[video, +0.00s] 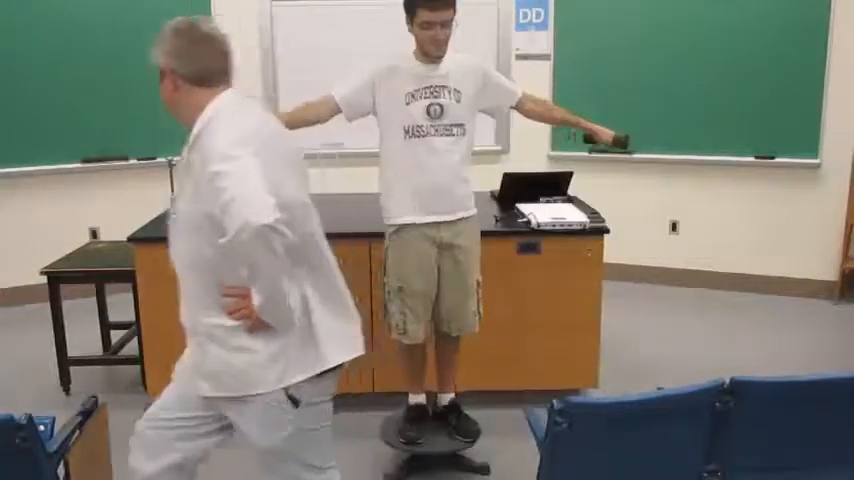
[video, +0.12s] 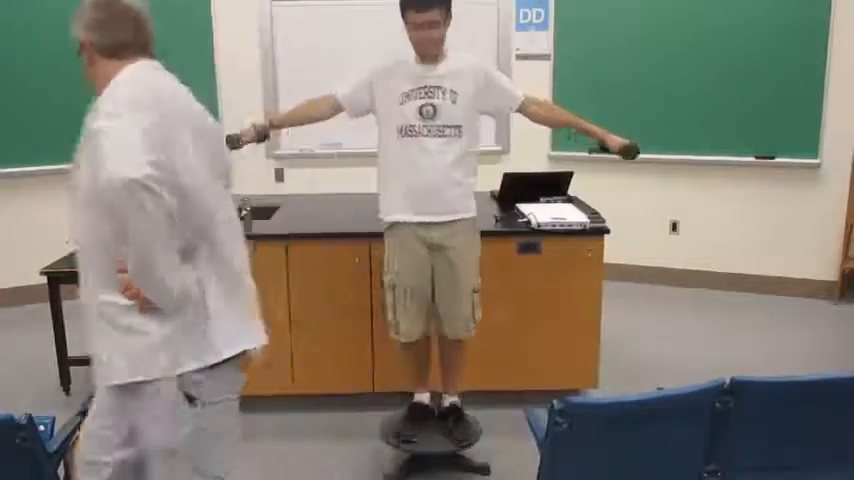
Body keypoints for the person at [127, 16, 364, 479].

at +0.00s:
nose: (159, 92)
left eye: (159, 79)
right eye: (160, 79)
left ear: (171, 81)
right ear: (223, 69)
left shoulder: (224, 138)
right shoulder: (244, 120)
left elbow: (257, 223)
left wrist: (271, 306)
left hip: (273, 362)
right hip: (233, 355)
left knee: (308, 474)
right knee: (156, 448)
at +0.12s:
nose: (82, 64)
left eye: (81, 52)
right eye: (83, 54)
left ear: (89, 49)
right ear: (143, 41)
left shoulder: (122, 105)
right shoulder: (167, 90)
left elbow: (131, 182)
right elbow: (216, 169)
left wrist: (165, 286)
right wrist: (160, 272)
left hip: (167, 354)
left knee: (193, 470)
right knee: (100, 463)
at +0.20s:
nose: (82, 64)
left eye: (81, 52)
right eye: (83, 54)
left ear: (89, 49)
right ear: (143, 41)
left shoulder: (122, 104)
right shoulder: (167, 90)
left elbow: (131, 181)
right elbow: (217, 165)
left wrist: (164, 286)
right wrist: (163, 271)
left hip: (170, 354)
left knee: (200, 470)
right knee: (100, 464)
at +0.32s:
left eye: (34, 22)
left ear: (36, 22)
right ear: (106, 19)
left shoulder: (30, 80)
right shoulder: (146, 89)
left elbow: (13, 162)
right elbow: (178, 204)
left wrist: (57, 270)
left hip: (62, 361)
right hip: (135, 352)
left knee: (26, 465)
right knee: (116, 467)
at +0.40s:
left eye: (34, 22)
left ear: (36, 22)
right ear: (106, 19)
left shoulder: (31, 80)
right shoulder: (147, 89)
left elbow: (13, 162)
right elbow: (178, 206)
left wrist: (57, 270)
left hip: (62, 360)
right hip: (136, 352)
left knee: (26, 465)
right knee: (116, 466)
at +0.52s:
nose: (62, 15)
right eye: (62, 10)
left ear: (1, 15)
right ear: (56, 12)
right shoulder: (99, 93)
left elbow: (139, 211)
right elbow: (140, 210)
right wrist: (101, 270)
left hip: (10, 329)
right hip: (95, 321)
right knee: (91, 470)